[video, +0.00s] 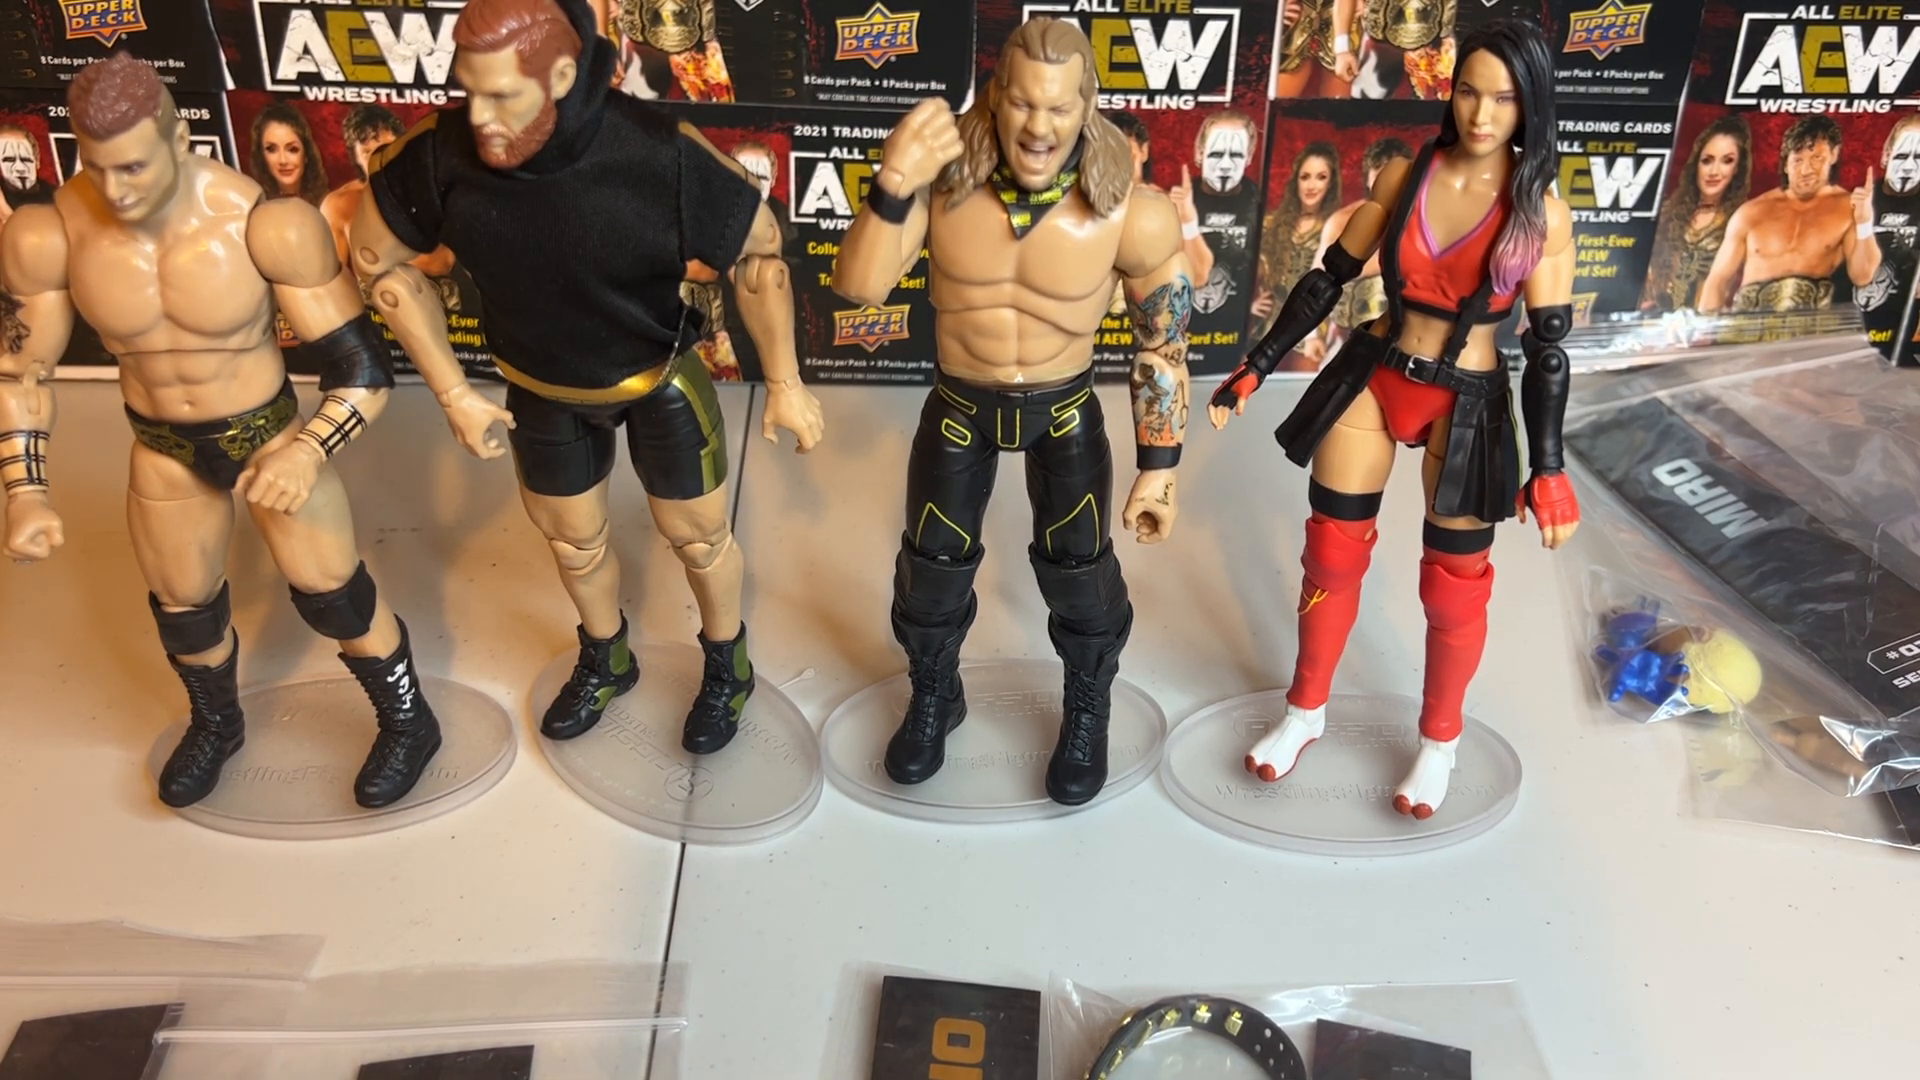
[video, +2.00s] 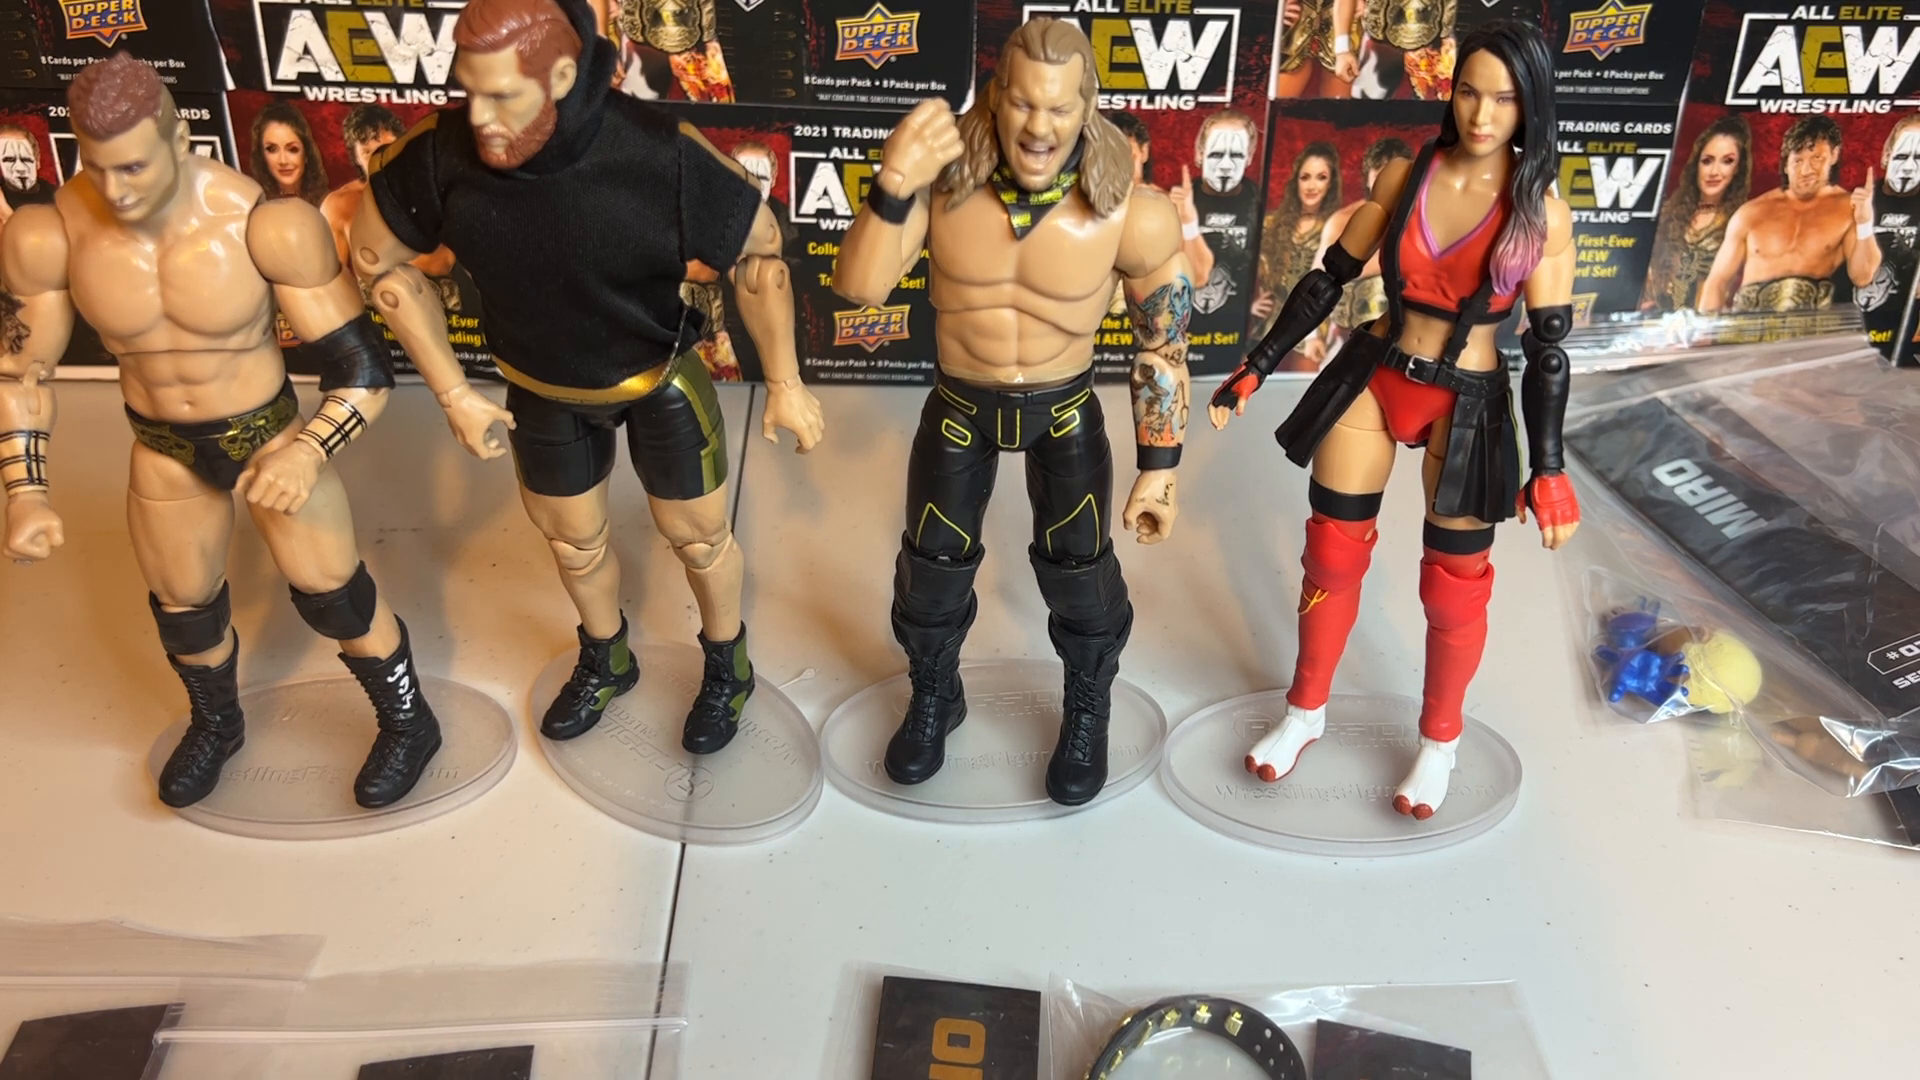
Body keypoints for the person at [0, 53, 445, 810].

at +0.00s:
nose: (117, 188)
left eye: (134, 167)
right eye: (100, 169)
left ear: (178, 139)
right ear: (80, 151)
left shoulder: (268, 225)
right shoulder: (53, 233)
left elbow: (362, 370)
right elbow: (23, 372)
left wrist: (311, 447)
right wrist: (21, 486)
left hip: (269, 441)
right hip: (161, 452)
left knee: (336, 599)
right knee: (186, 616)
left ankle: (408, 721)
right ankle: (216, 722)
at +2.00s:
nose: (118, 188)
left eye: (134, 167)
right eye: (100, 169)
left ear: (178, 138)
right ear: (80, 151)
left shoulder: (268, 225)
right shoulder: (53, 232)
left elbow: (362, 370)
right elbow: (23, 372)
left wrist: (312, 446)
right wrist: (22, 487)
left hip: (269, 440)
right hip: (161, 451)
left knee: (336, 599)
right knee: (186, 617)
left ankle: (408, 722)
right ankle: (216, 723)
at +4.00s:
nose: (118, 188)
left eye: (134, 167)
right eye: (101, 169)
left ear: (178, 138)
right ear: (81, 151)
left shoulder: (268, 225)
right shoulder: (53, 233)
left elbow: (362, 370)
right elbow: (22, 372)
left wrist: (311, 446)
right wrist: (22, 486)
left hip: (269, 440)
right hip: (161, 451)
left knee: (336, 598)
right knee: (186, 616)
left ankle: (408, 721)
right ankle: (216, 723)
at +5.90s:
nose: (118, 188)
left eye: (135, 168)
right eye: (101, 170)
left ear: (178, 138)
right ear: (81, 151)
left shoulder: (268, 225)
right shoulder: (53, 233)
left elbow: (363, 370)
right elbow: (23, 372)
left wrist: (311, 447)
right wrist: (22, 487)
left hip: (269, 441)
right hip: (161, 452)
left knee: (336, 598)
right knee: (186, 615)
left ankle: (408, 721)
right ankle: (217, 723)